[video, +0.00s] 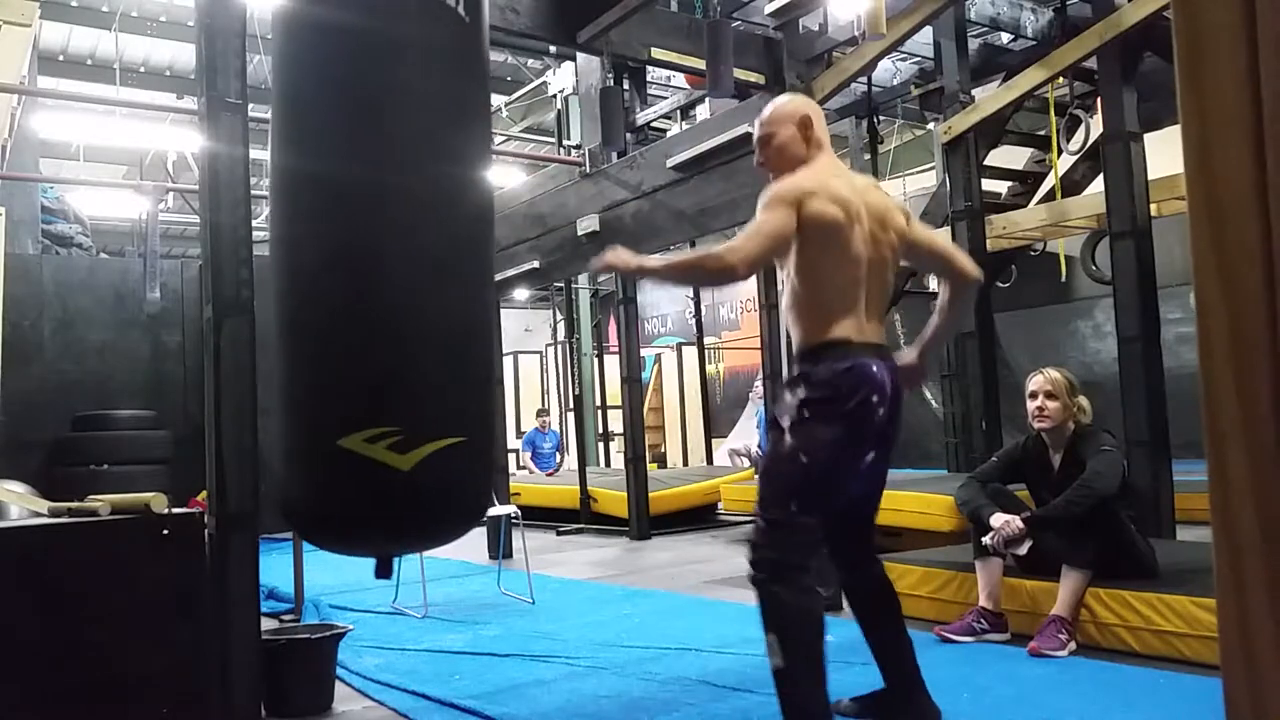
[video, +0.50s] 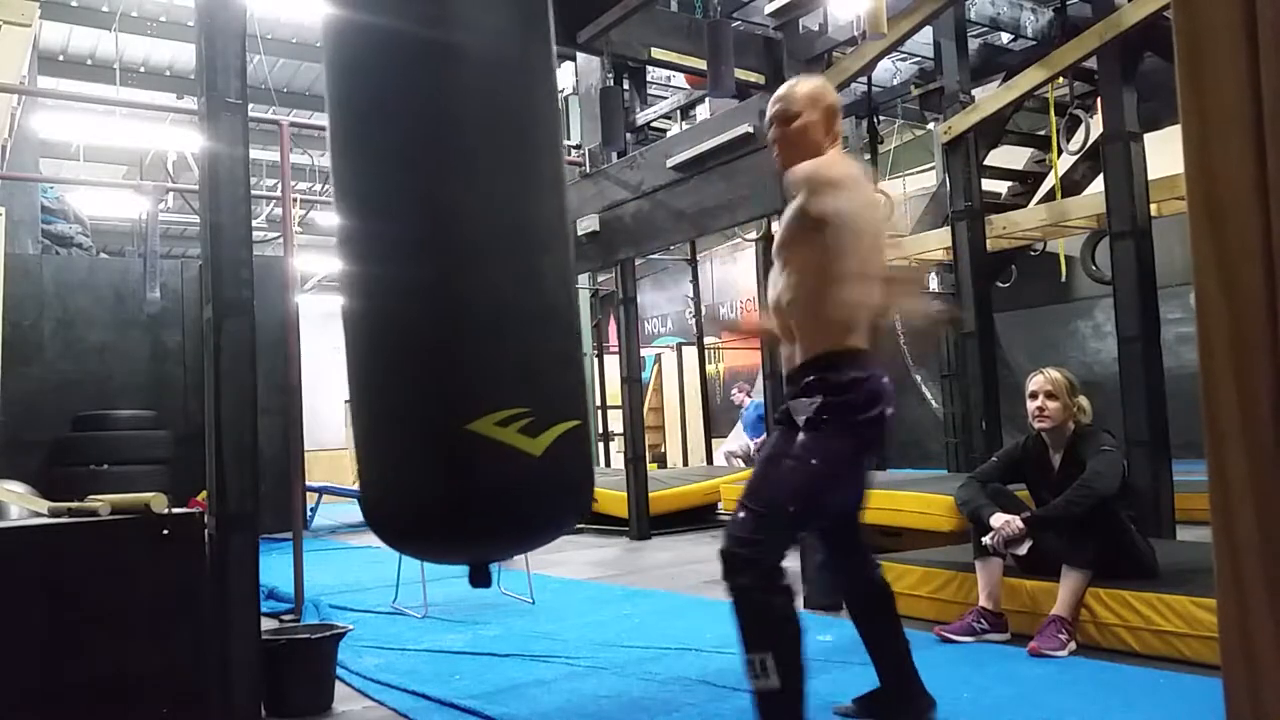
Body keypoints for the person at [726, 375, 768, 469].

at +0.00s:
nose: (755, 390)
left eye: (757, 386)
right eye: (754, 387)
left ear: (766, 387)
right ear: (753, 390)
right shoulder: (760, 411)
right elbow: (759, 432)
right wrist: (755, 446)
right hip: (762, 449)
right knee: (732, 450)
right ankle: (741, 477)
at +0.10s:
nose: (752, 390)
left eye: (757, 387)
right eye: (752, 388)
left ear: (765, 388)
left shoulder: (763, 411)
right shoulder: (759, 411)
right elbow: (758, 432)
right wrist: (754, 445)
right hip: (762, 449)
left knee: (731, 450)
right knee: (731, 450)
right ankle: (741, 477)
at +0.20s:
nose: (748, 392)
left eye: (751, 388)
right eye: (748, 389)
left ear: (761, 389)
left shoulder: (764, 410)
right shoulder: (757, 411)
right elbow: (756, 432)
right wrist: (753, 445)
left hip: (767, 454)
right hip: (759, 450)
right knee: (731, 450)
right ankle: (741, 477)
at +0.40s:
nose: (738, 395)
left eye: (741, 392)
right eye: (738, 392)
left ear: (750, 391)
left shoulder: (763, 405)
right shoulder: (748, 410)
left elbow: (775, 427)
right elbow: (751, 431)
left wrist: (767, 445)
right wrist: (752, 445)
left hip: (765, 445)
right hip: (755, 445)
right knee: (729, 451)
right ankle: (741, 478)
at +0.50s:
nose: (731, 398)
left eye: (734, 395)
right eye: (731, 396)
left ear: (744, 393)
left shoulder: (759, 406)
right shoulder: (742, 413)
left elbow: (774, 424)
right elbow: (747, 431)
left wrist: (761, 439)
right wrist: (751, 442)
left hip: (766, 444)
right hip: (751, 444)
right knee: (728, 452)